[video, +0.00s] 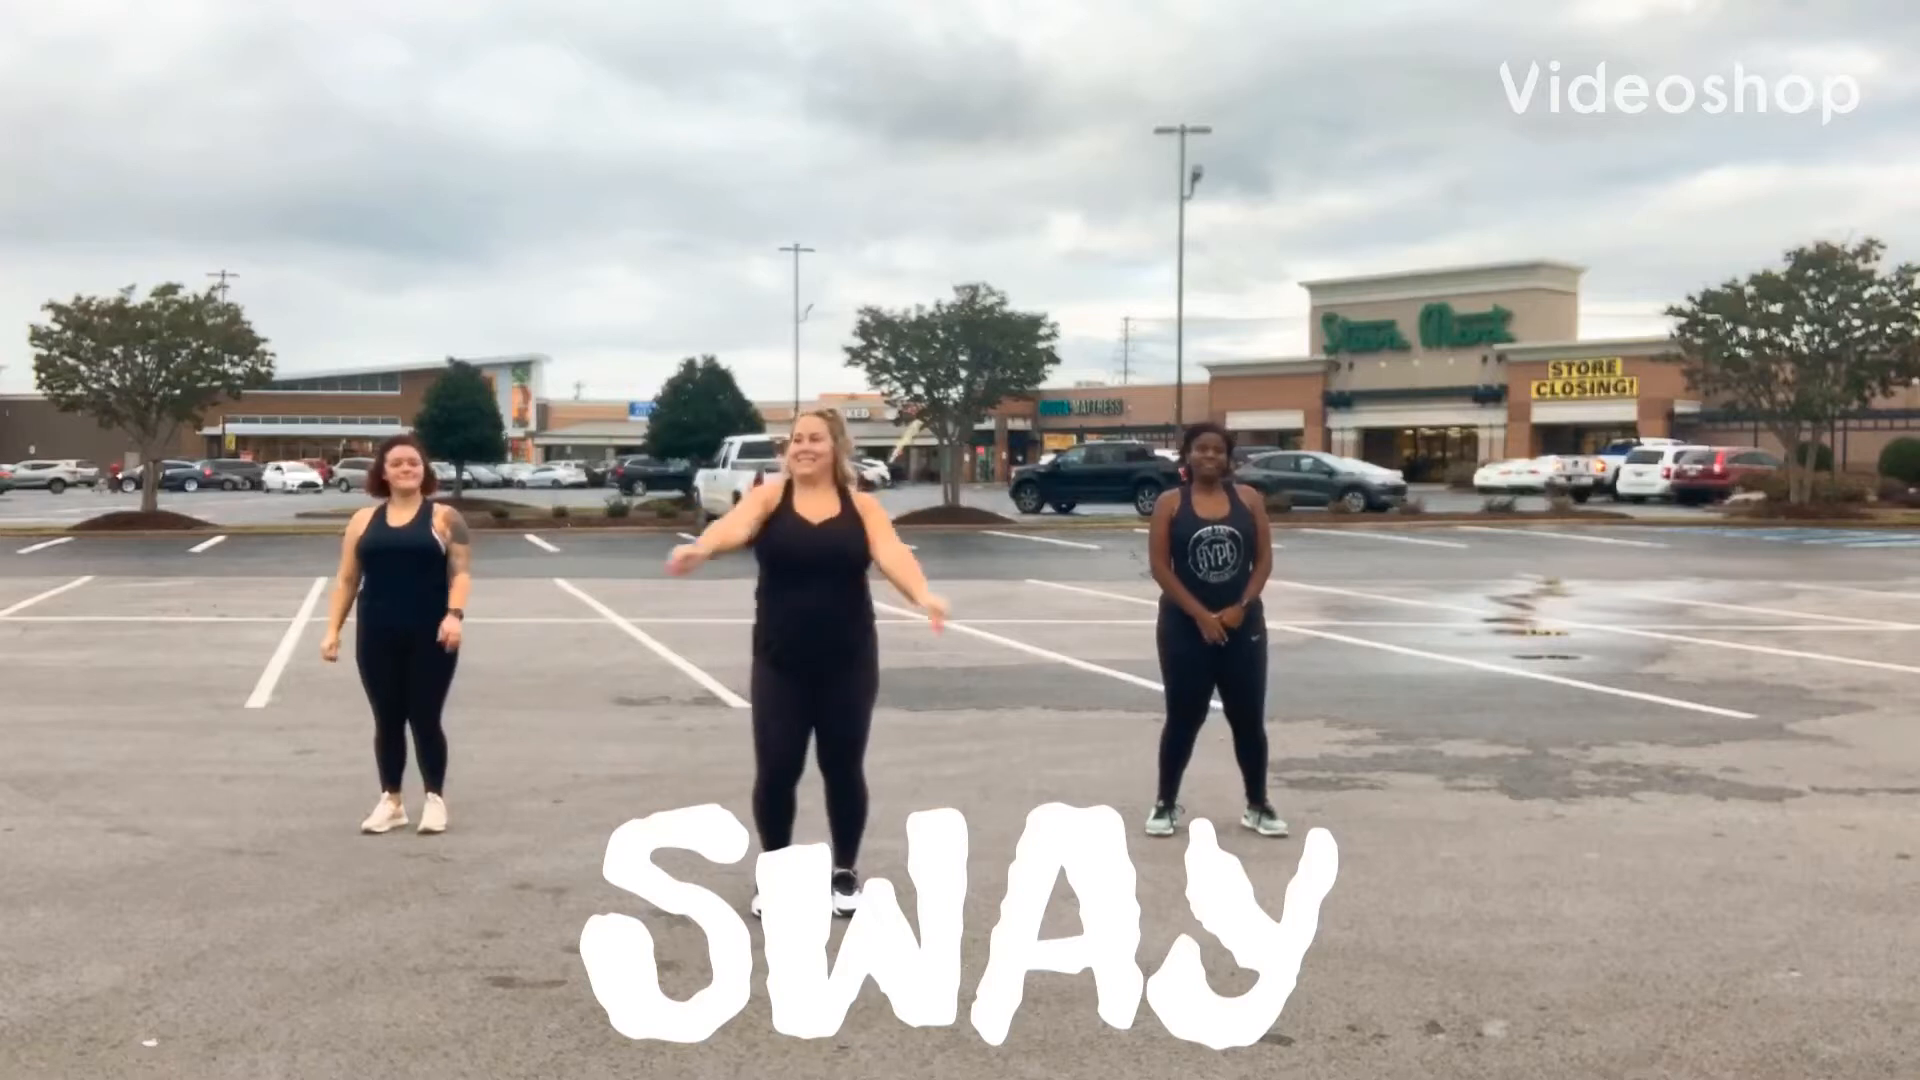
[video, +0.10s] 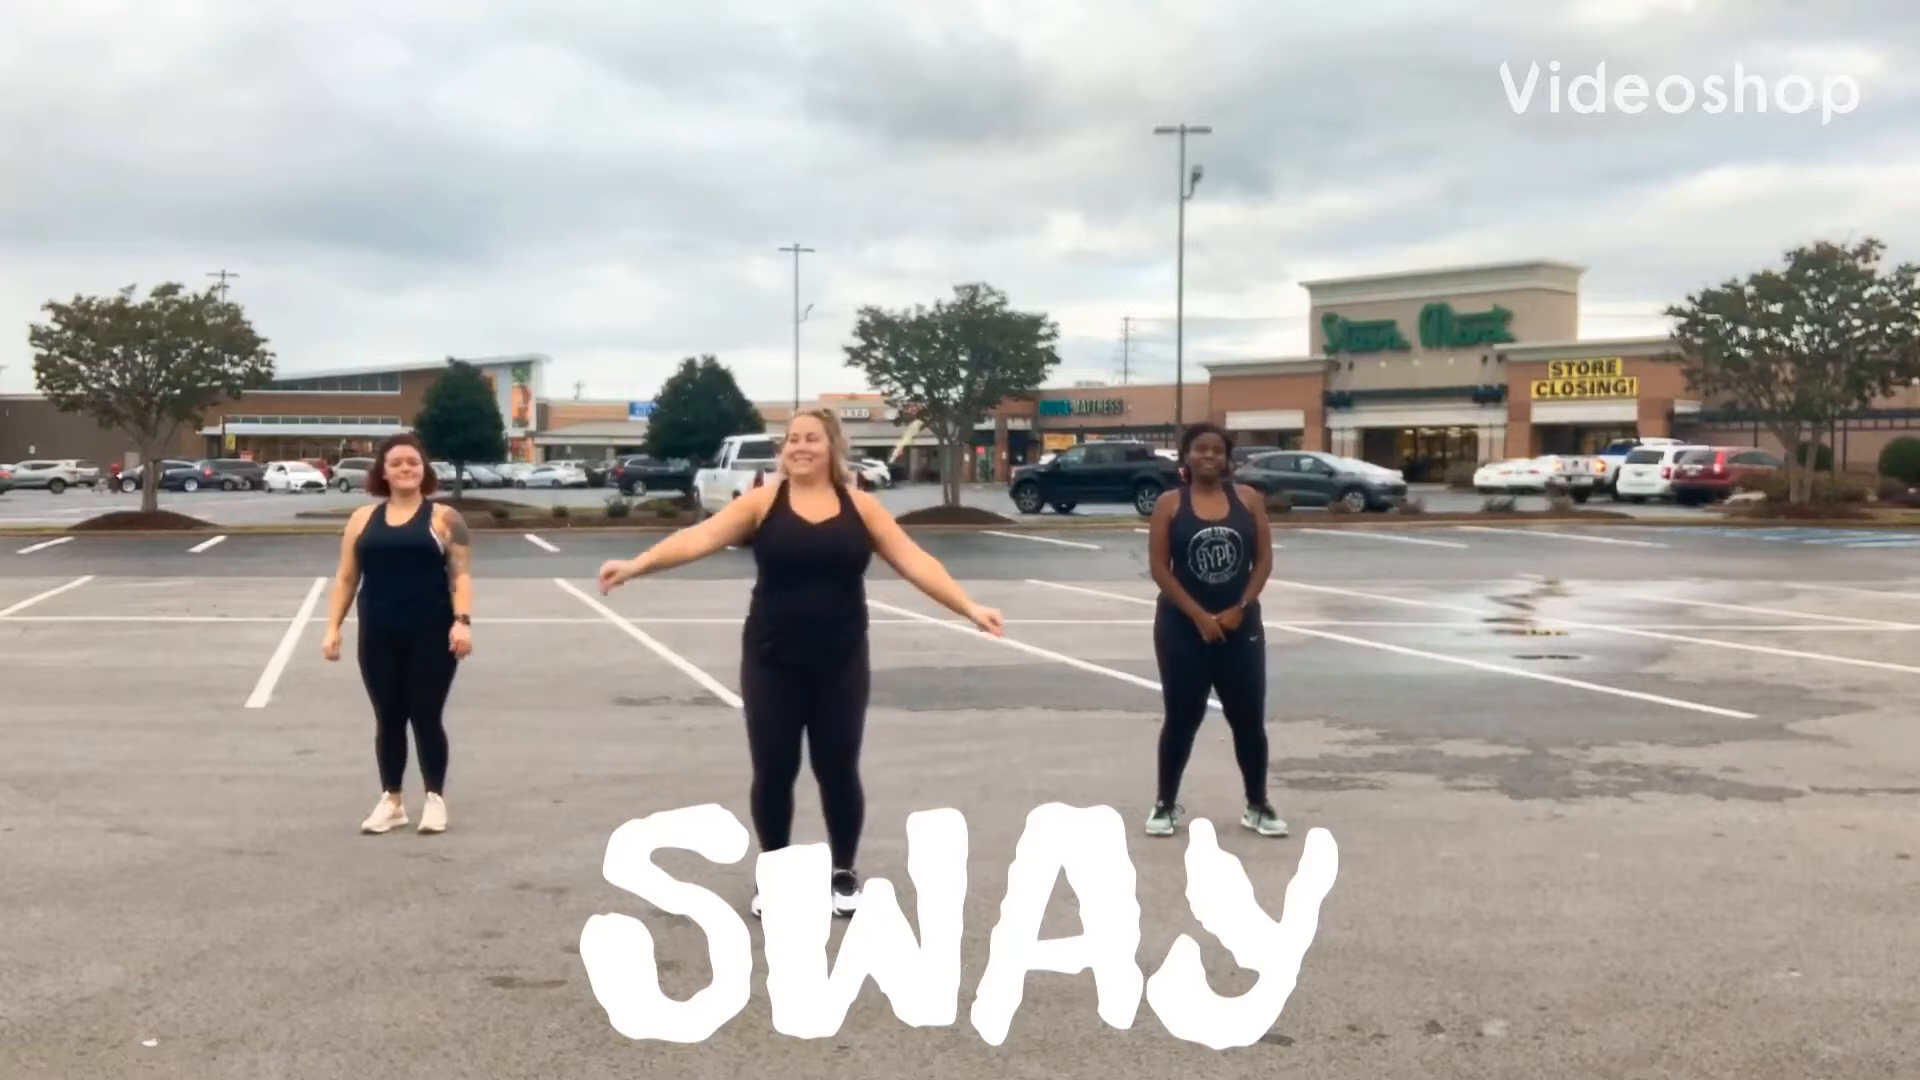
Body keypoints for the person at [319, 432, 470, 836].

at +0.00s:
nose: (405, 469)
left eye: (412, 462)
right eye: (396, 463)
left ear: (424, 470)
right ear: (383, 473)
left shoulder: (444, 518)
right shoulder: (363, 520)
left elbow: (460, 570)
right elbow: (347, 580)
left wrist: (454, 614)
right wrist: (333, 630)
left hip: (430, 636)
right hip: (378, 637)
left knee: (425, 718)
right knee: (387, 720)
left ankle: (434, 798)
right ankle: (390, 799)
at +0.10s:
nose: (405, 469)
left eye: (412, 462)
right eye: (396, 463)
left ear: (424, 470)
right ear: (383, 472)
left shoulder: (444, 518)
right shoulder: (363, 518)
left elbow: (460, 573)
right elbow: (346, 578)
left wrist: (462, 621)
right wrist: (333, 627)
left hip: (431, 635)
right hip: (379, 635)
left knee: (426, 717)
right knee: (388, 718)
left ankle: (434, 798)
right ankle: (391, 798)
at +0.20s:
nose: (404, 469)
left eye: (411, 462)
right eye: (395, 463)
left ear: (423, 469)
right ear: (383, 471)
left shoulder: (444, 518)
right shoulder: (362, 518)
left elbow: (461, 574)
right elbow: (348, 578)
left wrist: (468, 625)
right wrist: (340, 628)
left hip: (434, 637)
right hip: (379, 637)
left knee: (425, 717)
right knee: (389, 718)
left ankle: (434, 798)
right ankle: (391, 799)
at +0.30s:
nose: (403, 469)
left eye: (410, 462)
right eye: (394, 463)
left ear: (422, 469)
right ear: (381, 472)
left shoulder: (444, 517)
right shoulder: (363, 519)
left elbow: (462, 576)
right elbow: (352, 581)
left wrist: (471, 626)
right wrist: (348, 632)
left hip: (433, 635)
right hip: (379, 636)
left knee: (425, 717)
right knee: (388, 719)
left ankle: (434, 799)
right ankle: (391, 800)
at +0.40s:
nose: (402, 469)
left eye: (409, 462)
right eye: (393, 464)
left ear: (422, 470)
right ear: (380, 473)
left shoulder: (444, 516)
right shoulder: (365, 520)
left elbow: (463, 574)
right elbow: (356, 582)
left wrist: (472, 623)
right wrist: (349, 632)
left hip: (432, 633)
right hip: (377, 634)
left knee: (423, 717)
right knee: (388, 720)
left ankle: (434, 799)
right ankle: (390, 800)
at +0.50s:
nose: (402, 471)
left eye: (409, 464)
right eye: (393, 466)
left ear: (422, 470)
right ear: (382, 475)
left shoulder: (446, 518)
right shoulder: (366, 524)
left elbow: (465, 574)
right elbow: (355, 584)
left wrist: (474, 621)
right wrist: (343, 633)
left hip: (431, 635)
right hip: (377, 637)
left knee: (421, 719)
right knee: (387, 719)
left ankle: (433, 799)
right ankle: (391, 800)